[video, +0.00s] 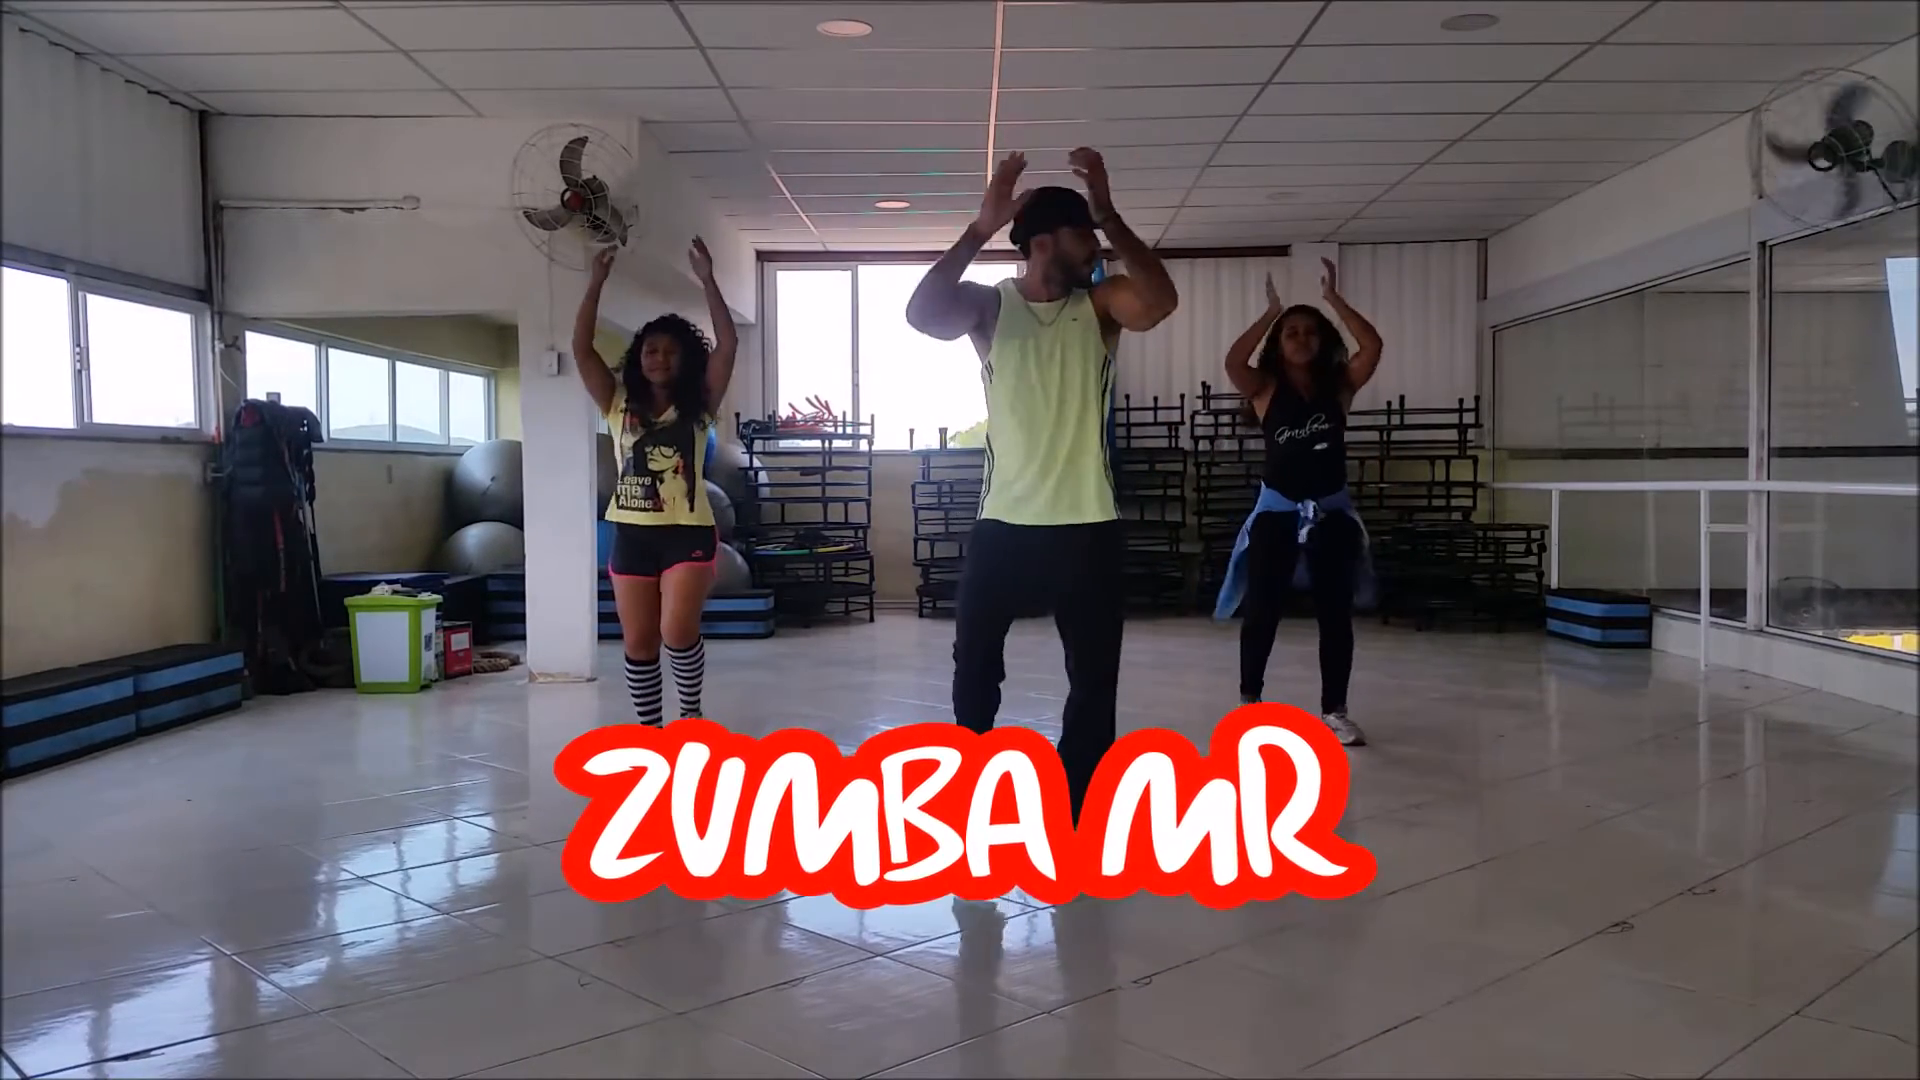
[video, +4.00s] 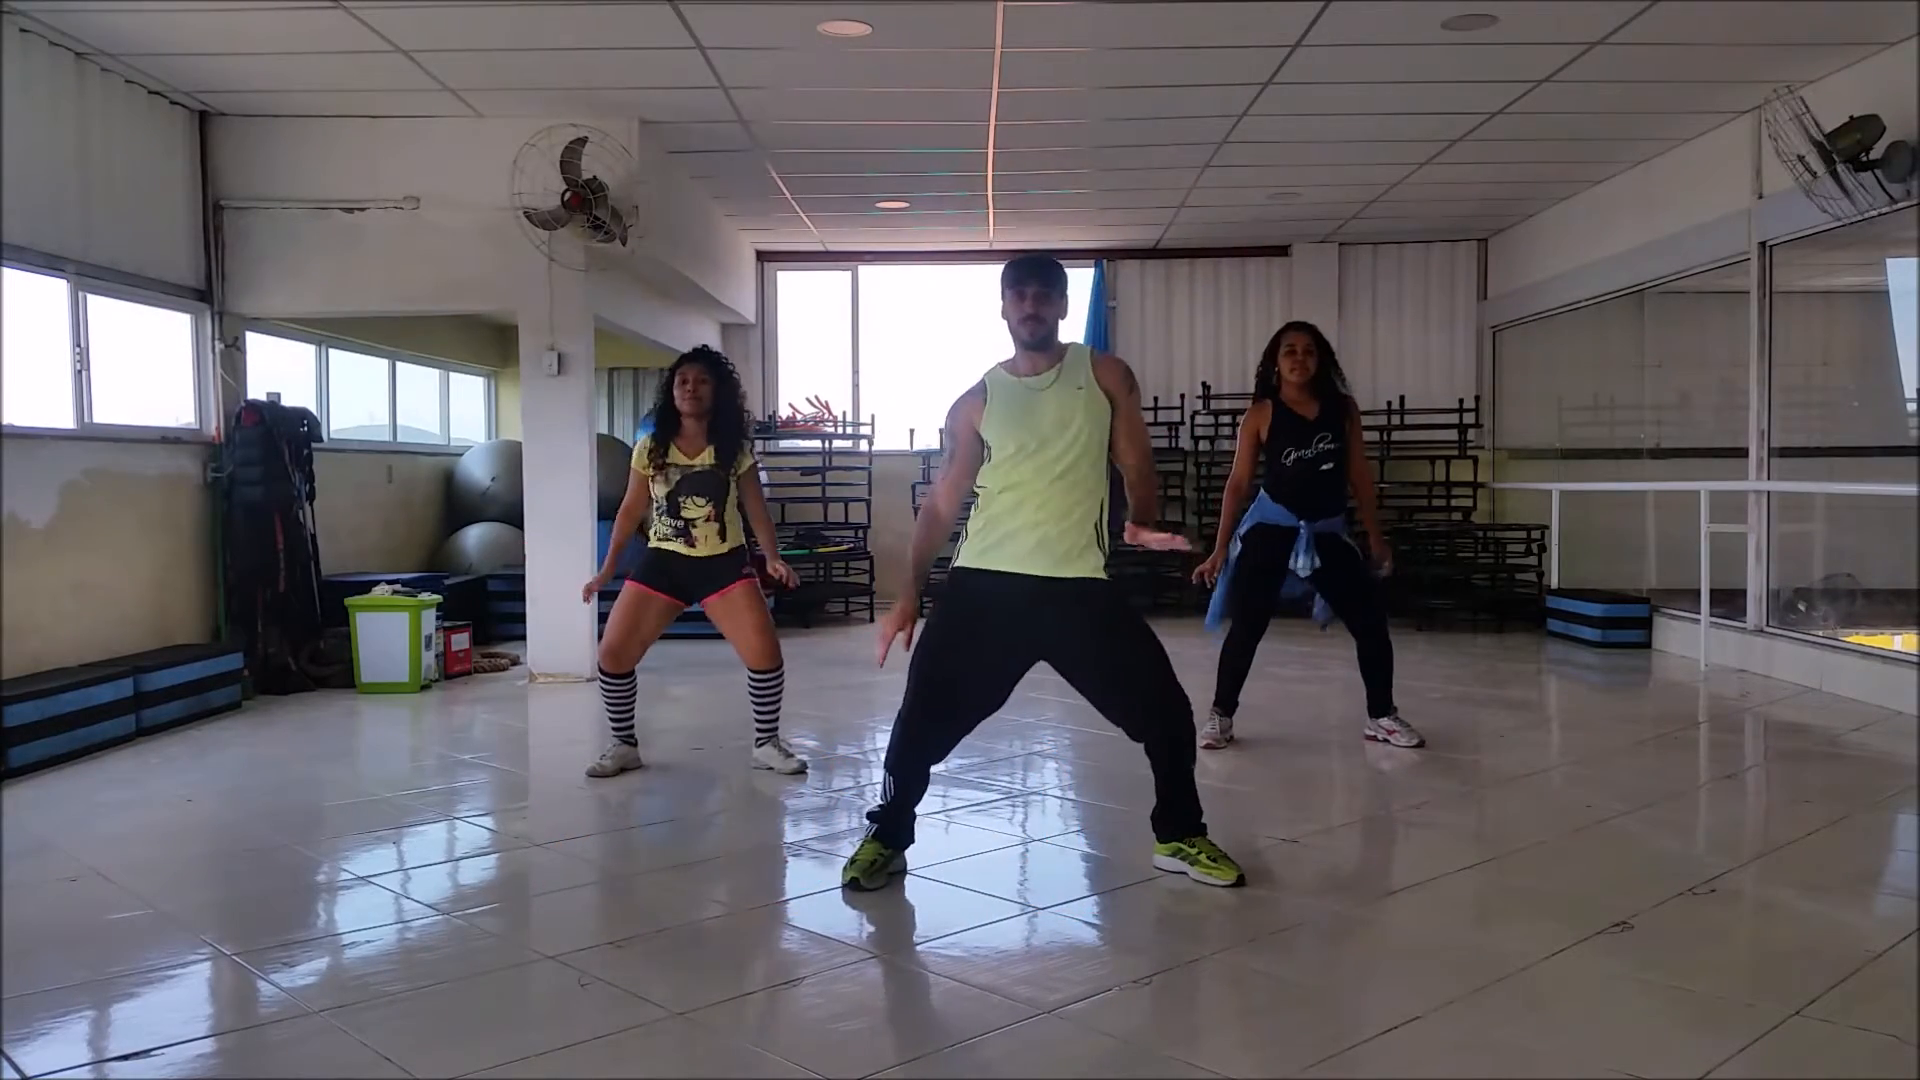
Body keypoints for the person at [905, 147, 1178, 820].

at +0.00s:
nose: (1093, 243)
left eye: (1093, 233)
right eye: (1083, 232)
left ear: (1071, 243)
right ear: (1042, 239)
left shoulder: (1100, 300)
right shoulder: (990, 305)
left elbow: (1160, 300)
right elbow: (923, 311)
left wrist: (1109, 217)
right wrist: (982, 225)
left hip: (1088, 523)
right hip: (1005, 522)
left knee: (1095, 684)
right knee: (975, 666)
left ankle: (1082, 819)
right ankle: (969, 798)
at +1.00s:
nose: (1053, 225)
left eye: (1067, 217)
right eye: (1041, 216)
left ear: (1087, 235)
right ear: (1027, 234)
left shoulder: (1112, 298)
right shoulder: (996, 303)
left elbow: (1167, 313)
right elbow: (935, 336)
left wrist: (1123, 226)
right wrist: (967, 235)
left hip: (1095, 523)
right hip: (1012, 520)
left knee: (1102, 691)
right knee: (979, 666)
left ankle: (1086, 827)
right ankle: (983, 803)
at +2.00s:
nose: (1060, 233)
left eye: (1073, 221)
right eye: (1047, 221)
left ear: (1094, 227)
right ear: (1030, 229)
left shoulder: (1133, 306)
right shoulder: (1000, 312)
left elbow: (1231, 366)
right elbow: (923, 378)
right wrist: (913, 410)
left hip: (1108, 529)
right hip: (1018, 527)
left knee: (1124, 686)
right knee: (975, 669)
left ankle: (1119, 823)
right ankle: (951, 808)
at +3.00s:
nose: (1020, 222)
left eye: (1032, 211)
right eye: (1007, 210)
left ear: (1052, 220)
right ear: (989, 220)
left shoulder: (1089, 307)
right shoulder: (950, 308)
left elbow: (1127, 390)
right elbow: (909, 390)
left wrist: (1133, 437)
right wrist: (877, 448)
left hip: (1069, 522)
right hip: (975, 524)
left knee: (1135, 657)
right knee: (923, 668)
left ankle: (1169, 799)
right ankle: (894, 810)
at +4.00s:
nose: (1031, 308)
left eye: (1043, 296)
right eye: (1019, 296)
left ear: (1064, 304)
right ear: (1003, 307)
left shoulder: (1106, 375)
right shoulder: (977, 404)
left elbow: (1138, 467)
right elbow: (939, 507)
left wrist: (1143, 521)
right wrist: (909, 591)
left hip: (1081, 593)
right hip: (984, 591)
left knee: (1166, 713)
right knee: (922, 718)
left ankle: (1179, 833)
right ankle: (888, 834)